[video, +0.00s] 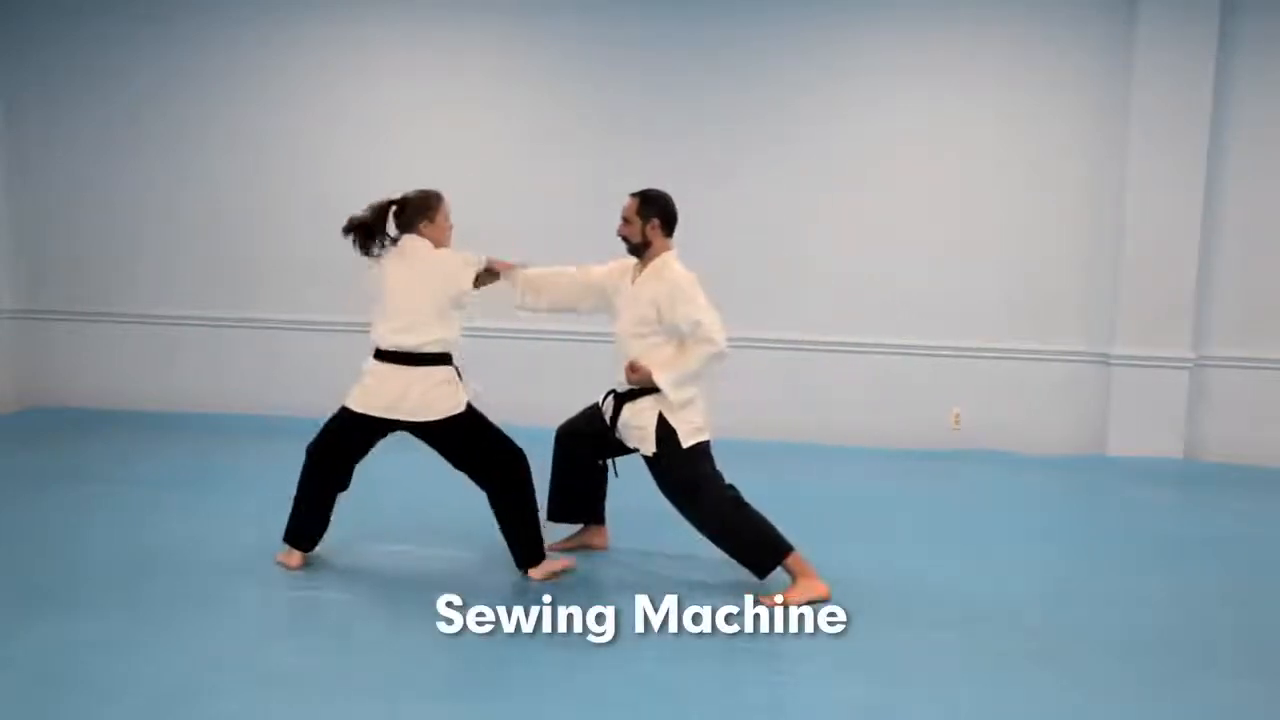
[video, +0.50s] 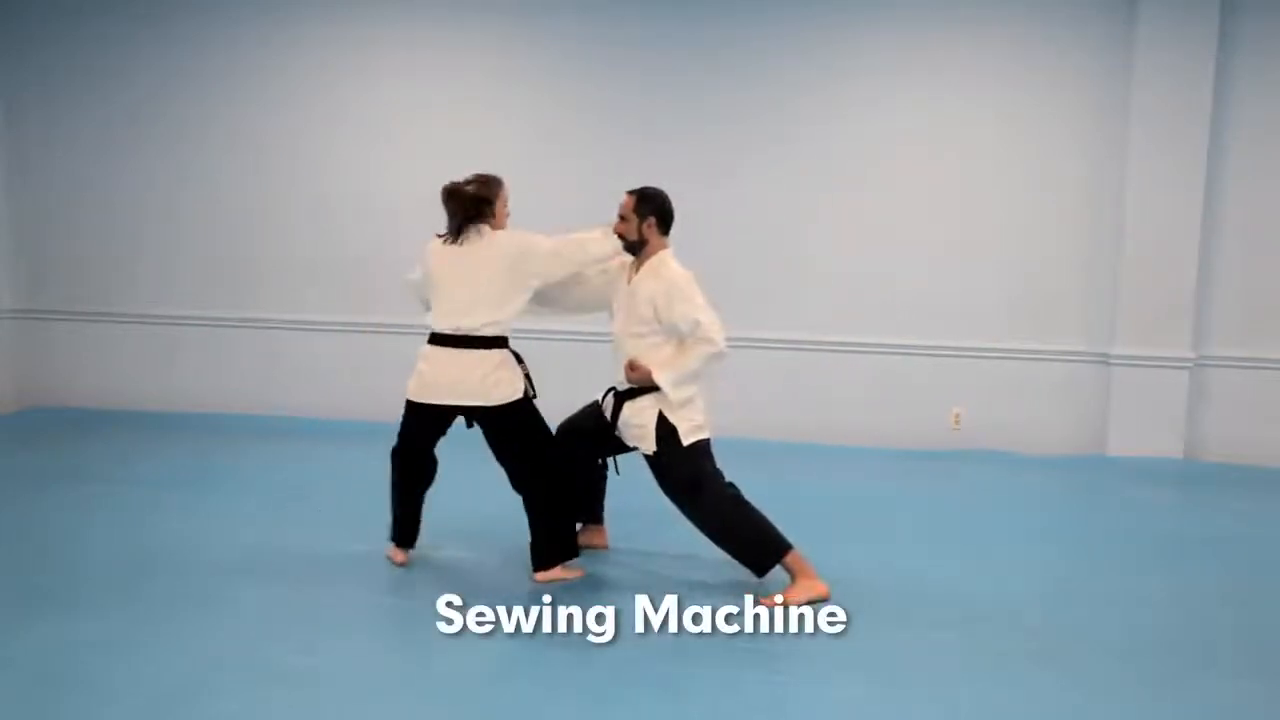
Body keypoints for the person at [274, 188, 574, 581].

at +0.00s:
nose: (450, 226)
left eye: (448, 218)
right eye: (446, 220)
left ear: (407, 225)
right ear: (428, 225)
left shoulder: (389, 259)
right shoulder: (451, 264)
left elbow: (444, 275)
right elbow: (485, 276)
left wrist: (488, 269)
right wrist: (501, 270)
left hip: (376, 394)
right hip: (434, 399)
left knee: (325, 455)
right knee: (506, 462)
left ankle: (296, 549)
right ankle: (535, 562)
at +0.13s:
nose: (463, 228)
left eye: (461, 220)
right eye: (458, 221)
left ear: (422, 226)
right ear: (439, 226)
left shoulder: (401, 261)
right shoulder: (467, 267)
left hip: (387, 397)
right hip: (445, 404)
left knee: (336, 463)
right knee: (519, 465)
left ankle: (295, 550)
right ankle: (539, 562)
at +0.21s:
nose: (478, 226)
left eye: (476, 218)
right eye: (473, 218)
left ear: (437, 224)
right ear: (454, 223)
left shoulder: (417, 258)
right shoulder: (489, 264)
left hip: (403, 395)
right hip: (460, 403)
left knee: (351, 469)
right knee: (530, 467)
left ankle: (300, 550)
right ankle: (542, 563)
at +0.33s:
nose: (500, 217)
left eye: (498, 209)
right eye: (495, 211)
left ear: (459, 217)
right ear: (477, 216)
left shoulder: (432, 257)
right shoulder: (506, 254)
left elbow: (421, 306)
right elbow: (562, 250)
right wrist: (614, 235)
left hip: (426, 384)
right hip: (483, 388)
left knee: (379, 463)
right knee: (541, 467)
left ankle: (332, 548)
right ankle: (546, 563)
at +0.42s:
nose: (508, 214)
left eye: (505, 206)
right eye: (503, 207)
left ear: (466, 213)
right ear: (486, 213)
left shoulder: (440, 257)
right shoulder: (517, 249)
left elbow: (420, 292)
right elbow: (571, 251)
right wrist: (619, 236)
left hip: (433, 380)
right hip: (490, 385)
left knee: (395, 455)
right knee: (542, 466)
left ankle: (369, 545)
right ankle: (549, 562)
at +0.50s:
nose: (509, 212)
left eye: (507, 204)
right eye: (505, 206)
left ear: (463, 210)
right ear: (491, 210)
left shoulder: (437, 250)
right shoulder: (515, 248)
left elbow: (421, 289)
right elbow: (571, 252)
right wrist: (617, 236)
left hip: (435, 376)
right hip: (492, 378)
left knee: (410, 454)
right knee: (538, 465)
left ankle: (400, 544)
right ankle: (549, 562)